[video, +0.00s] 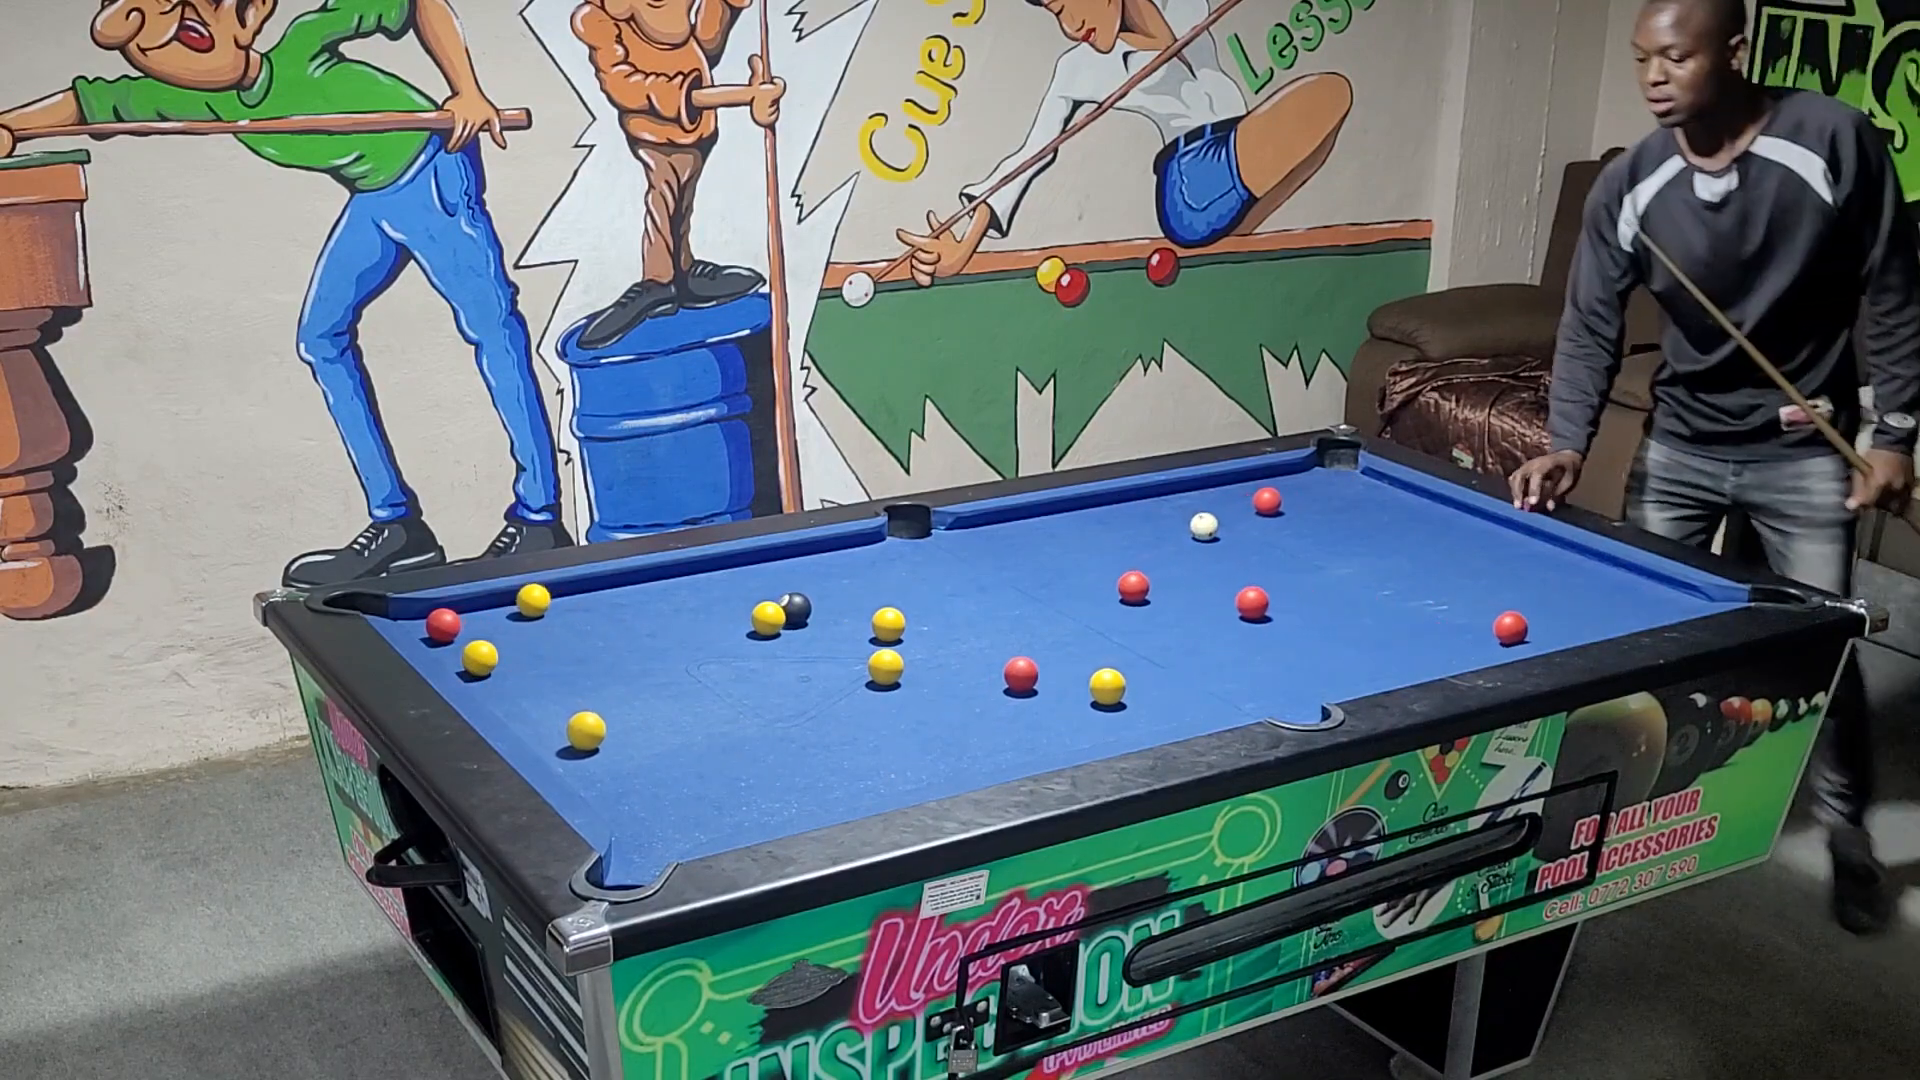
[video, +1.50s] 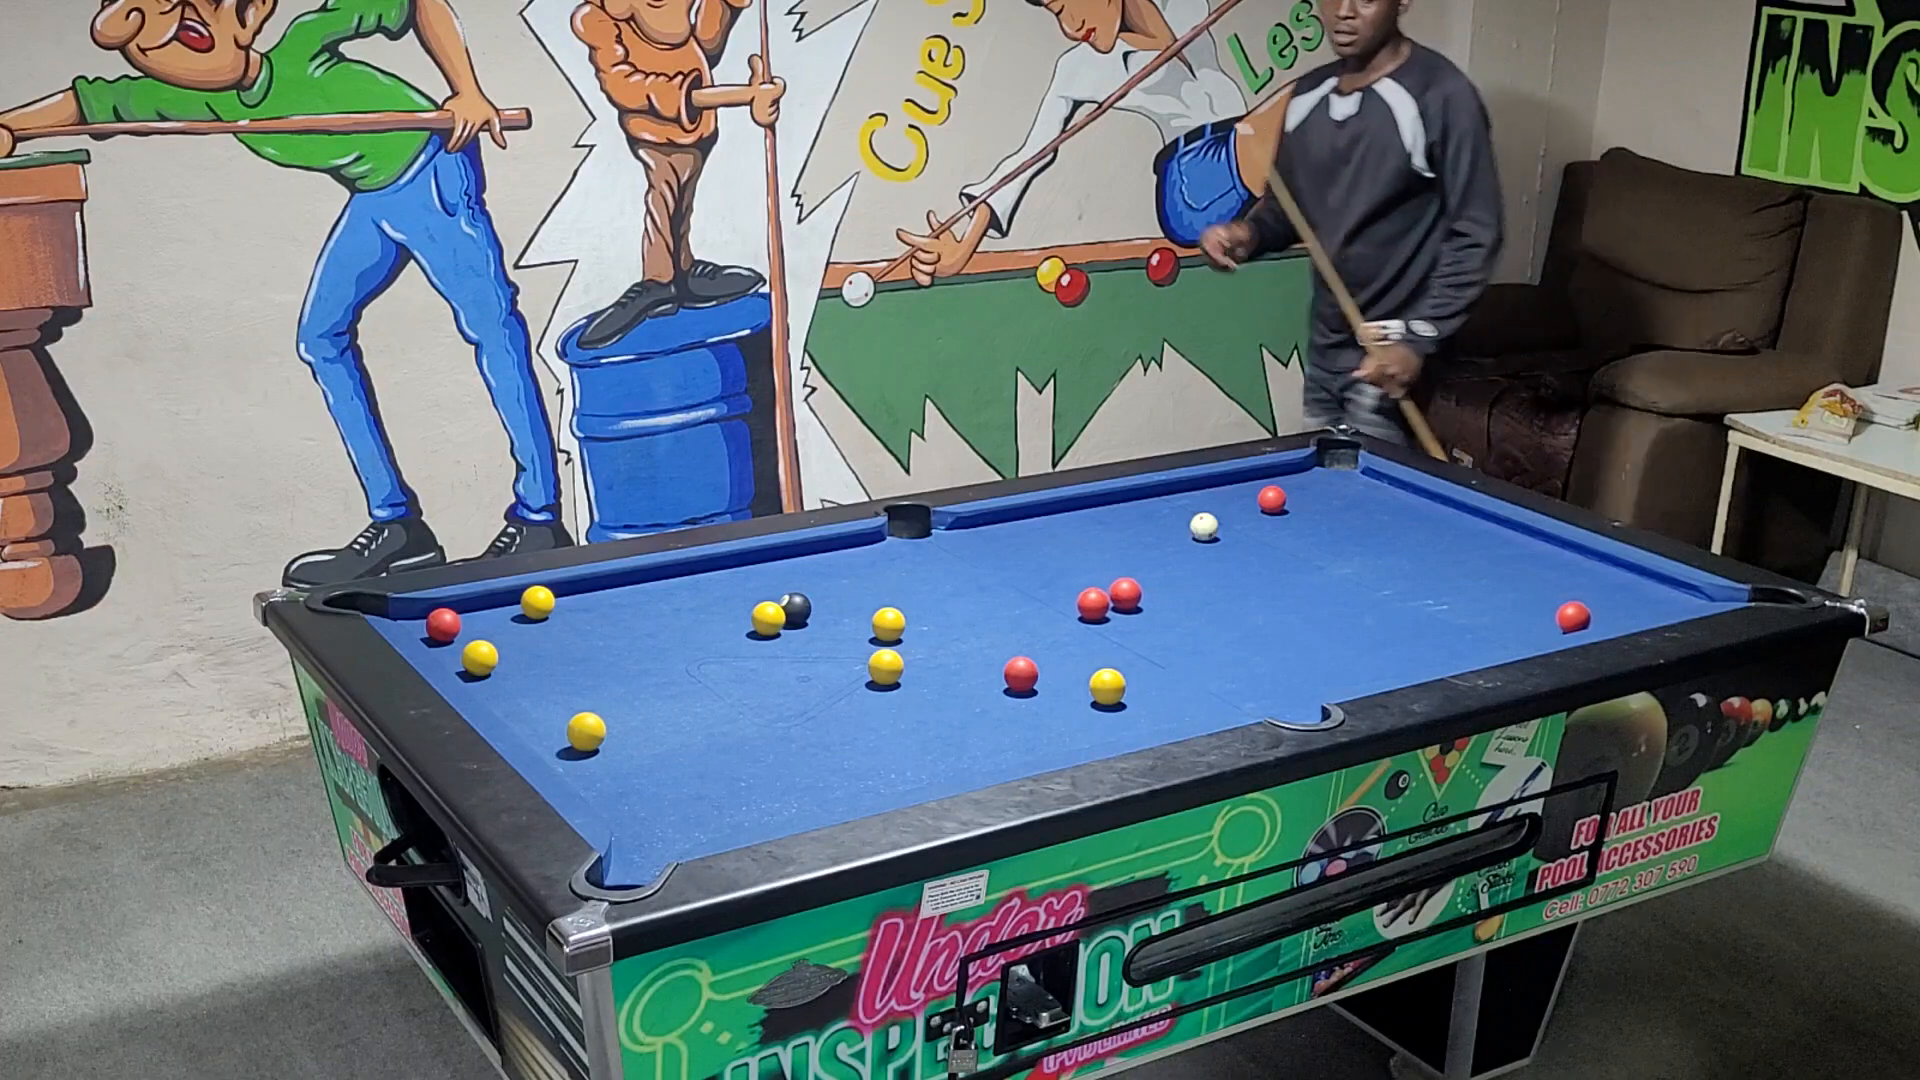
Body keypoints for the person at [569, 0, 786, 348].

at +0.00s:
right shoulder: (596, 19)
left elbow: (707, 47)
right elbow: (625, 88)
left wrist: (730, 6)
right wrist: (746, 94)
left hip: (694, 88)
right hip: (644, 104)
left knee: (687, 175)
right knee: (665, 175)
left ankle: (682, 268)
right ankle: (657, 281)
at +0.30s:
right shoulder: (596, 19)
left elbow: (707, 47)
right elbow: (625, 88)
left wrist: (730, 6)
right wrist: (746, 94)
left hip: (695, 88)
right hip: (644, 104)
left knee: (687, 175)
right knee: (665, 175)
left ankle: (682, 268)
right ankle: (657, 281)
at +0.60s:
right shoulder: (596, 18)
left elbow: (707, 47)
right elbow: (625, 88)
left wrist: (729, 6)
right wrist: (746, 94)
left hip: (694, 87)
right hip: (644, 104)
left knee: (688, 174)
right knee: (665, 174)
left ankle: (682, 268)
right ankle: (657, 281)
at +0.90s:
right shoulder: (596, 18)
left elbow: (707, 47)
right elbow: (625, 88)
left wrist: (729, 6)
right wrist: (746, 94)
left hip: (694, 87)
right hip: (644, 103)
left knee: (688, 174)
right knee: (665, 174)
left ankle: (682, 268)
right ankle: (657, 281)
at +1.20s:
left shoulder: (696, 6)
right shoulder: (597, 18)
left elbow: (707, 47)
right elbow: (625, 88)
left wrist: (730, 6)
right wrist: (746, 94)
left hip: (695, 86)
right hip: (644, 103)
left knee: (688, 174)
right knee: (665, 174)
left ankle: (682, 268)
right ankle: (656, 281)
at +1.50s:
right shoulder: (598, 18)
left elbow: (707, 46)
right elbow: (624, 87)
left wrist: (730, 6)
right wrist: (746, 94)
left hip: (694, 86)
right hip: (645, 103)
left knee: (688, 173)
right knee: (666, 173)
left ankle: (682, 268)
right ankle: (657, 280)